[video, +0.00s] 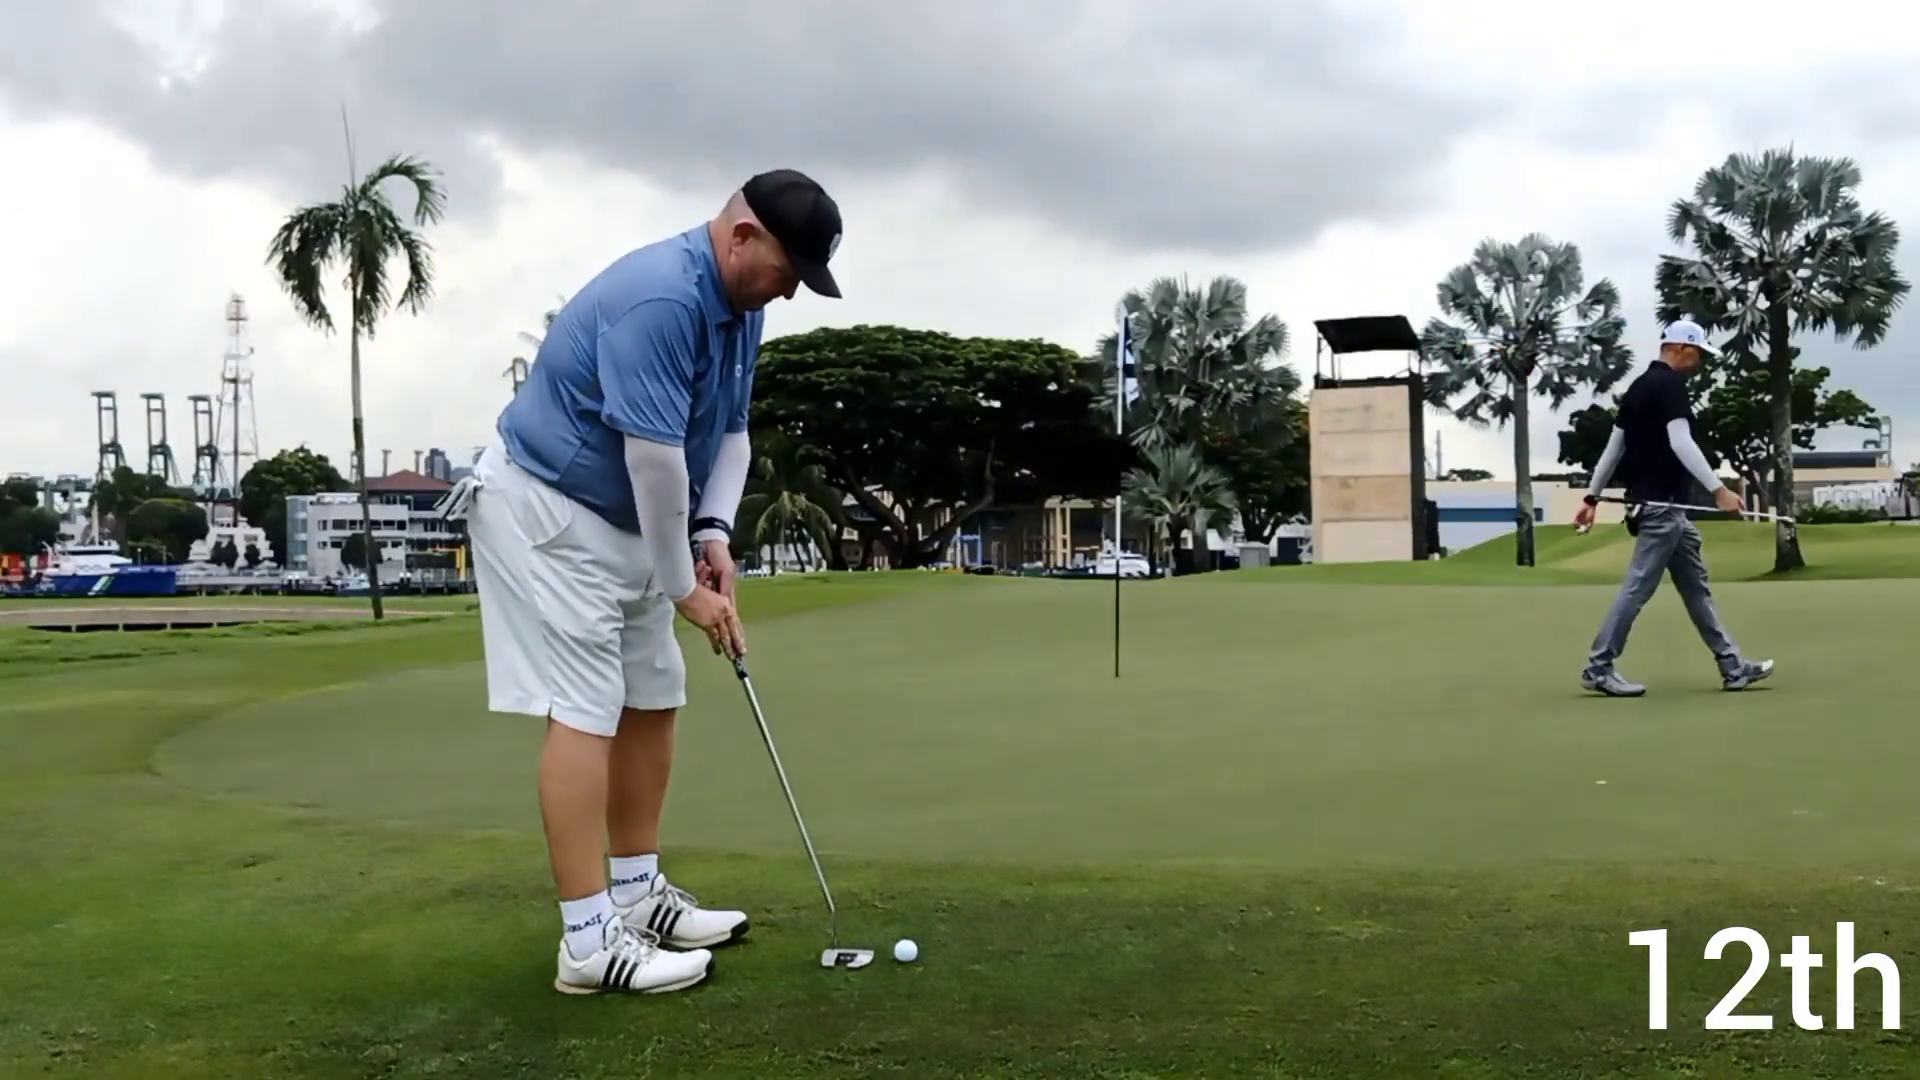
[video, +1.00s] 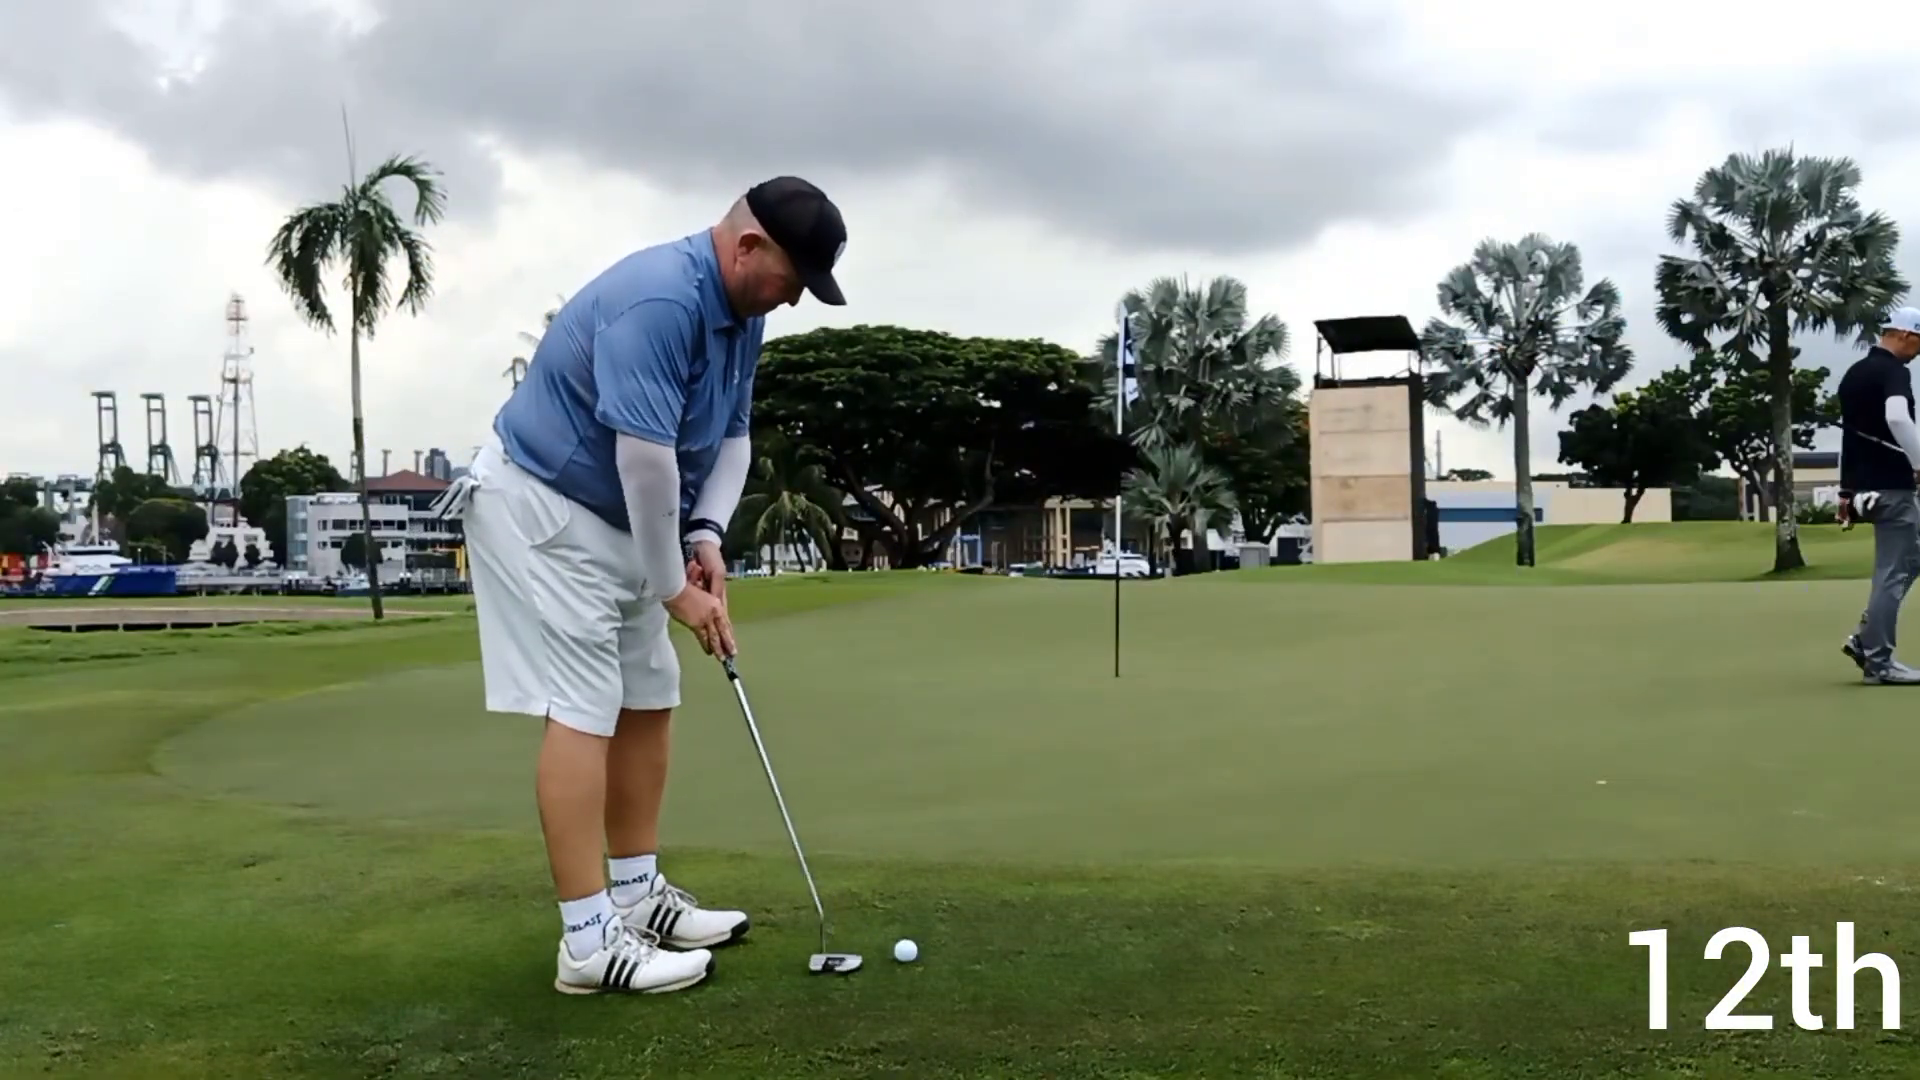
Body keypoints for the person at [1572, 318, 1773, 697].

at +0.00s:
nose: (1699, 363)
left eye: (1701, 356)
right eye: (1697, 354)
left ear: (1670, 350)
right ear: (1678, 349)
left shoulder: (1641, 386)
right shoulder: (1669, 384)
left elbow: (1615, 445)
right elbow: (1680, 441)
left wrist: (1592, 496)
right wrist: (1718, 489)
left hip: (1658, 507)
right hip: (1662, 508)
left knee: (1695, 586)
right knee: (1638, 588)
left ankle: (1732, 665)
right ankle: (1599, 666)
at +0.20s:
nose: (1741, 357)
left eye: (1741, 351)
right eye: (1738, 350)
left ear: (1712, 346)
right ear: (1723, 345)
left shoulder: (1685, 384)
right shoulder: (1715, 380)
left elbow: (1672, 451)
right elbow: (1724, 439)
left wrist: (1664, 507)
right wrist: (1753, 491)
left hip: (1701, 498)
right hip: (1720, 498)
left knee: (1730, 583)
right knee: (1720, 582)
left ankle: (1740, 669)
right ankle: (1644, 644)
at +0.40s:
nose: (1778, 355)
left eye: (1779, 348)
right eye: (1776, 347)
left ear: (1748, 342)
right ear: (1760, 341)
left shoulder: (1721, 379)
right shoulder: (1752, 377)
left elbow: (1724, 444)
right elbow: (1756, 437)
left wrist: (1728, 498)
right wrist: (1772, 491)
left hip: (1732, 496)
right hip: (1760, 493)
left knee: (1737, 583)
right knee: (1798, 564)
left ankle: (1740, 666)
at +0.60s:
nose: (1823, 358)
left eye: (1825, 351)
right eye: (1822, 350)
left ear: (1797, 344)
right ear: (1807, 343)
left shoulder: (1769, 380)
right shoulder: (1796, 381)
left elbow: (1793, 451)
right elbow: (1796, 444)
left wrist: (1837, 480)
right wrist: (1804, 500)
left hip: (1769, 499)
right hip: (1804, 498)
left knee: (1757, 583)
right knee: (1839, 576)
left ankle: (1742, 666)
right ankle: (1870, 659)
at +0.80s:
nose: (1876, 355)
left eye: (1878, 348)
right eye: (1875, 347)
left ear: (1847, 341)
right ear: (1859, 341)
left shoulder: (1813, 378)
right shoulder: (1847, 379)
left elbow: (1806, 441)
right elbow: (1848, 441)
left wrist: (1814, 494)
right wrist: (1862, 498)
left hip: (1821, 496)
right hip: (1852, 495)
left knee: (1823, 573)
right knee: (1873, 578)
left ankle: (1771, 640)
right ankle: (1879, 662)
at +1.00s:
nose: (1918, 351)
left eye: (1919, 344)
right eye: (1917, 343)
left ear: (1890, 336)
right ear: (1906, 337)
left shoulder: (1855, 372)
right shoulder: (1893, 370)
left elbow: (1849, 438)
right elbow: (1897, 419)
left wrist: (1846, 491)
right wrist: (1919, 464)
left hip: (1867, 488)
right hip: (1894, 490)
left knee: (1910, 562)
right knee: (1894, 572)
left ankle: (1866, 636)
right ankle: (1879, 661)